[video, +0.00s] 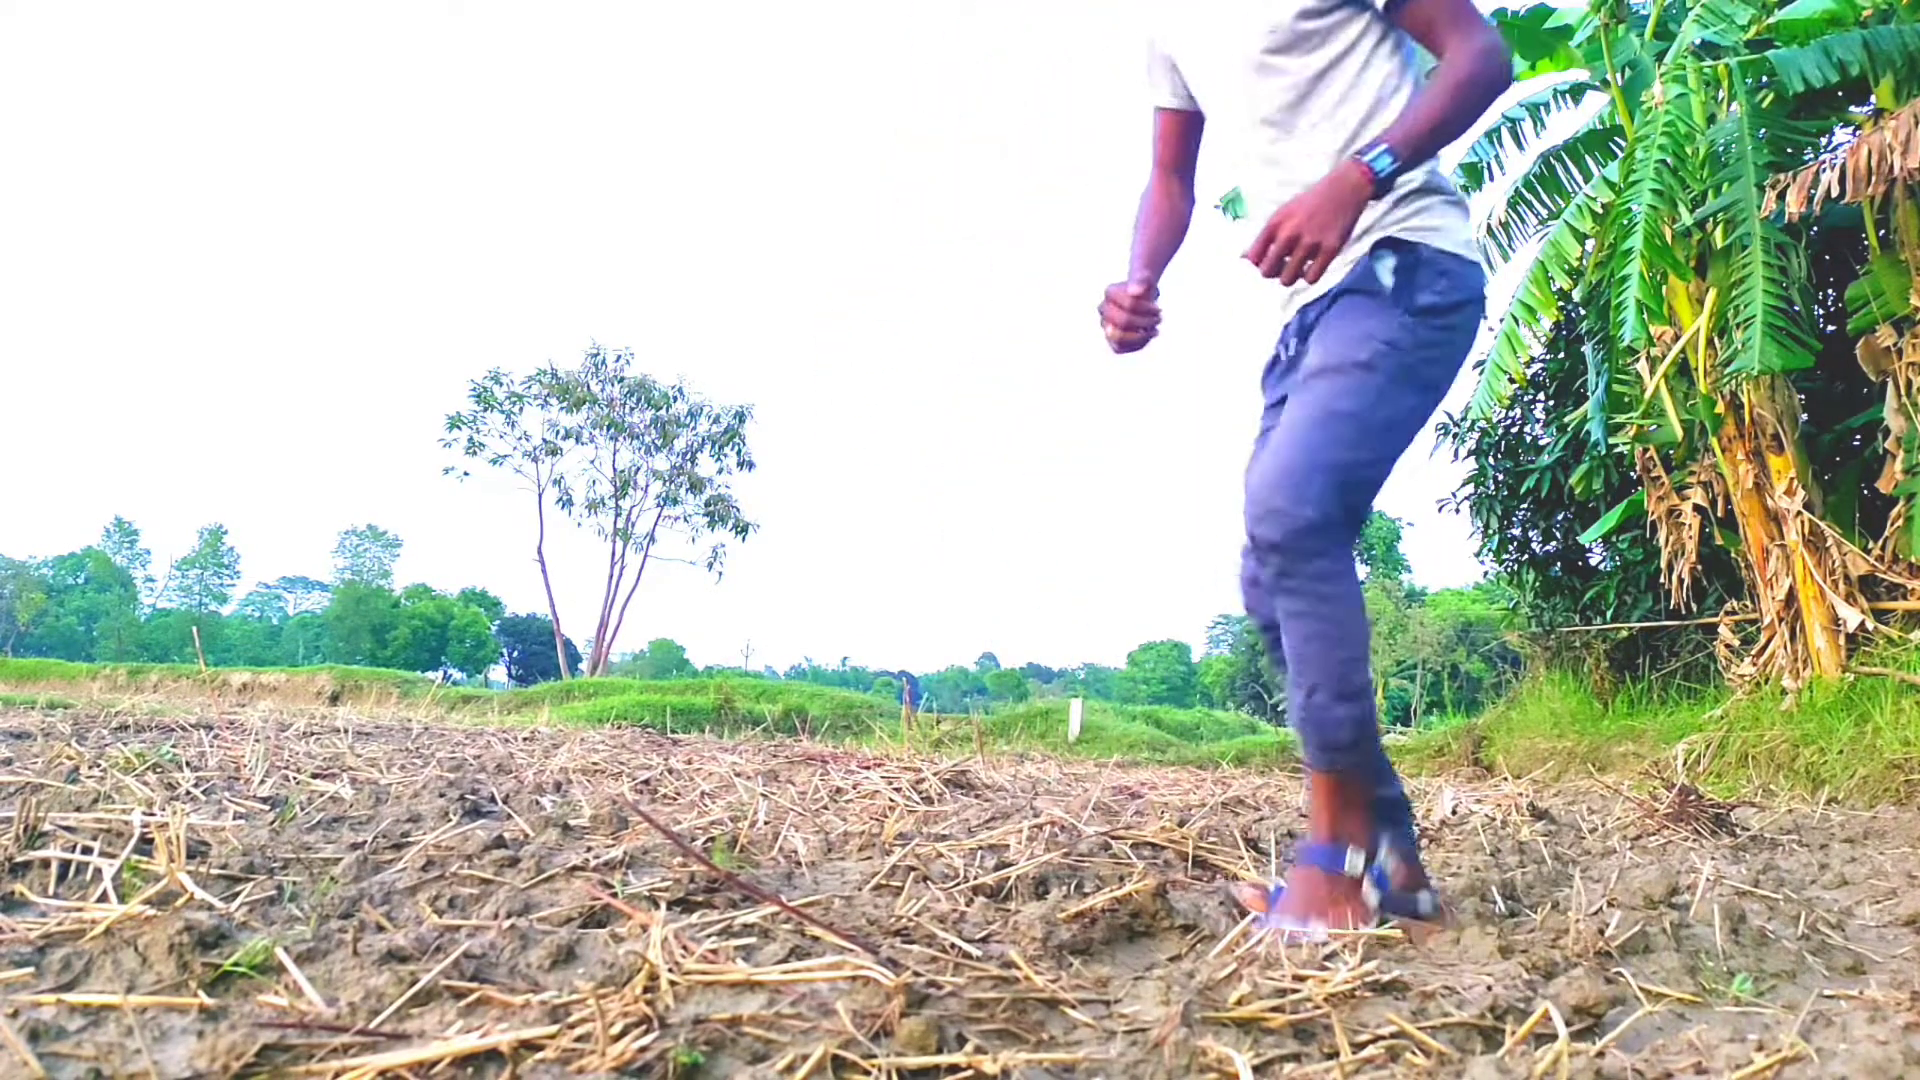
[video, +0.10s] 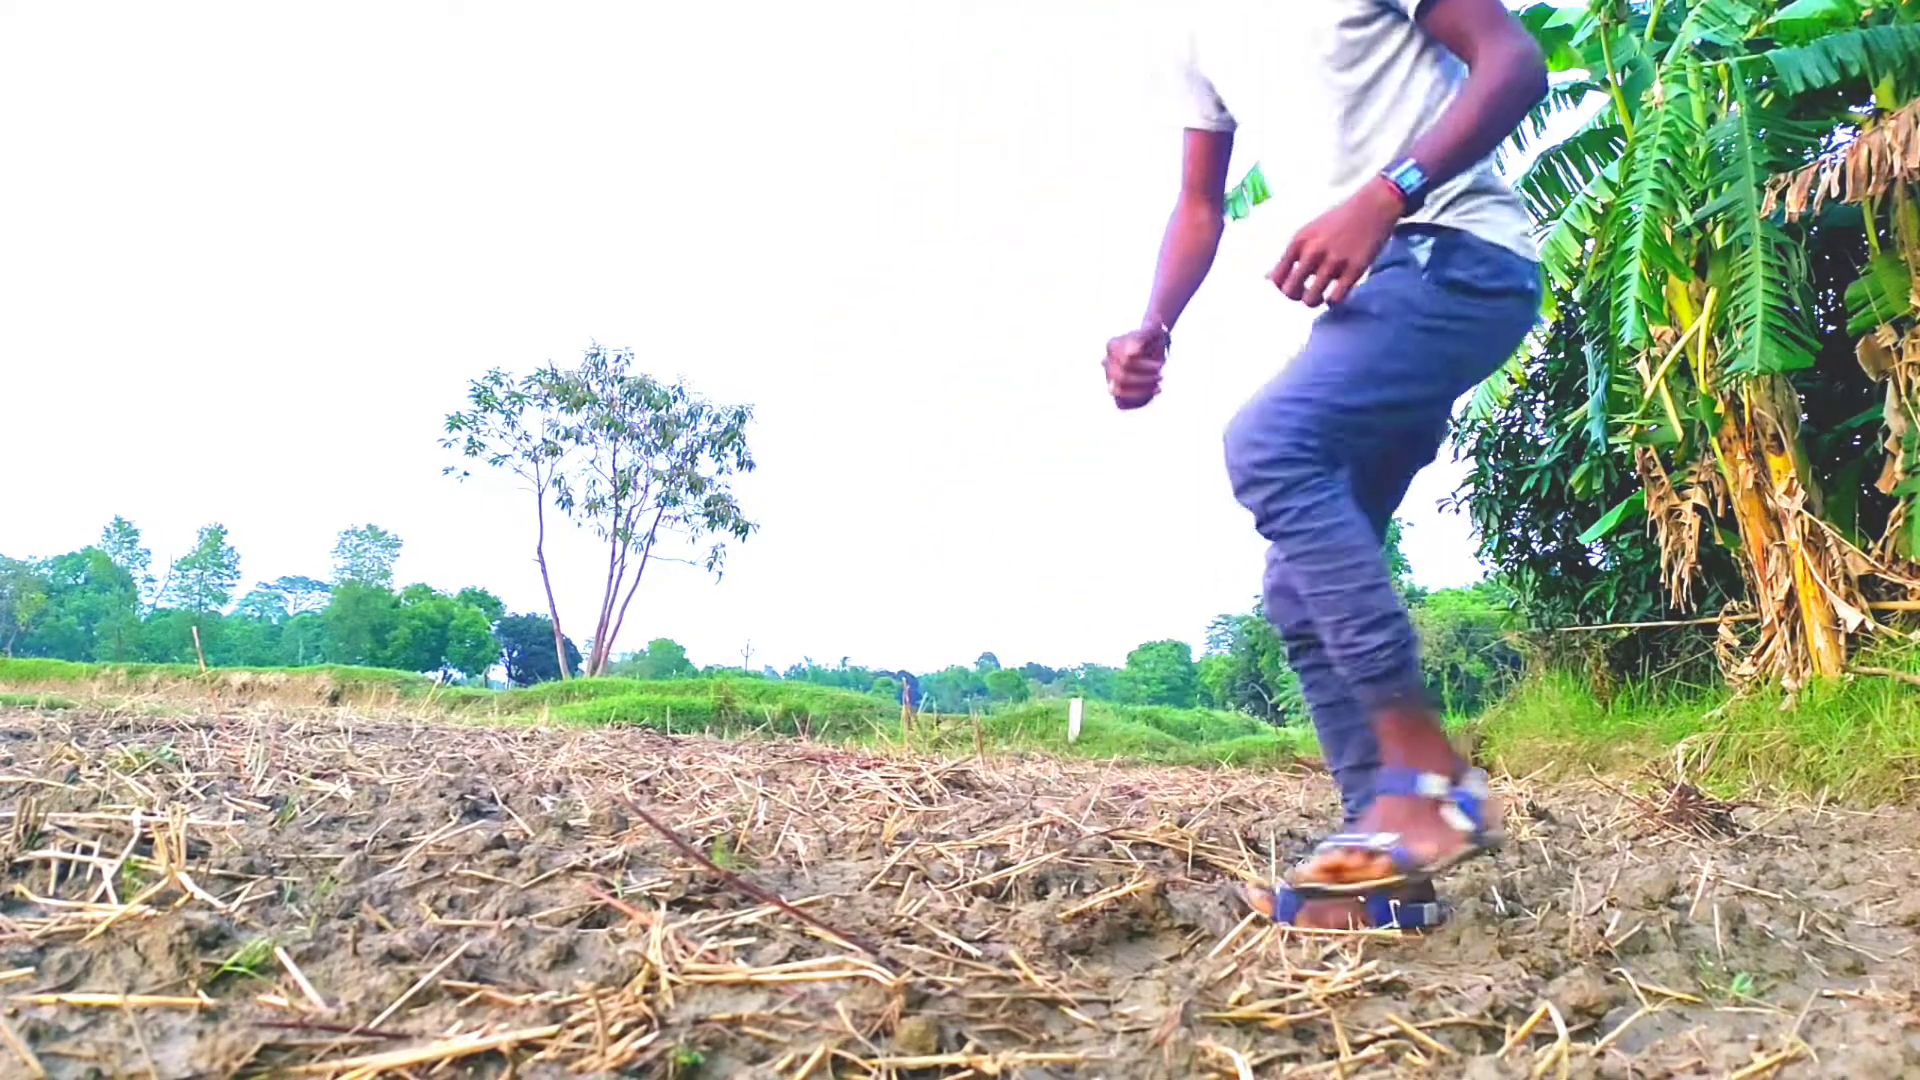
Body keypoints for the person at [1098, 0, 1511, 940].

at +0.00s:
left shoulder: (1358, 4)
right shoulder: (1172, 26)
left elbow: (1482, 55)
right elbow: (1170, 171)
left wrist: (1356, 177)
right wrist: (1140, 276)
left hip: (1408, 263)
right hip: (1317, 300)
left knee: (1293, 512)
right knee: (1273, 574)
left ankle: (1338, 857)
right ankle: (1395, 865)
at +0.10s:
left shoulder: (1389, 5)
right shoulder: (1199, 32)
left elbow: (1515, 62)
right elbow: (1198, 203)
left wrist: (1386, 194)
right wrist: (1156, 321)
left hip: (1460, 248)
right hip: (1394, 278)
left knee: (1272, 444)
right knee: (1300, 586)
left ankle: (1426, 778)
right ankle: (1385, 846)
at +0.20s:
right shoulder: (1224, 21)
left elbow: (1533, 44)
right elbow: (1238, 183)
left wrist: (1393, 201)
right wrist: (1184, 326)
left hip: (1479, 241)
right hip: (1399, 277)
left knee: (1338, 485)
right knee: (1323, 581)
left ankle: (1523, 839)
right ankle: (1400, 882)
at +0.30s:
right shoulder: (1266, 19)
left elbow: (1533, 51)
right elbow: (1287, 182)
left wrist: (1394, 255)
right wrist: (1227, 346)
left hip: (1530, 247)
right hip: (1429, 285)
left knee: (1397, 529)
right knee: (1306, 574)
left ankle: (1564, 899)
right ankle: (1397, 884)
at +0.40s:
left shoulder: (1450, 6)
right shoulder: (1289, 25)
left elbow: (1492, 127)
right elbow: (1311, 216)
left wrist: (1387, 361)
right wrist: (1252, 407)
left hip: (1587, 247)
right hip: (1468, 280)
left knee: (1408, 535)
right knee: (1277, 521)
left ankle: (1579, 910)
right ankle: (1431, 826)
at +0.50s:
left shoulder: (1439, 4)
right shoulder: (1289, 37)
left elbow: (1441, 190)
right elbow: (1310, 251)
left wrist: (1357, 427)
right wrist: (1249, 450)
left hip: (1631, 268)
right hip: (1506, 303)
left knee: (1426, 541)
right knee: (1310, 531)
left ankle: (1599, 921)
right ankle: (1477, 825)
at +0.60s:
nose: (1179, 55)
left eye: (1180, 18)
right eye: (1157, 39)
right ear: (1162, 42)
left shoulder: (1418, 24)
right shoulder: (1276, 129)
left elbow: (1364, 300)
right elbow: (1275, 344)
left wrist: (1272, 538)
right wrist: (1208, 549)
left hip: (1693, 299)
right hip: (1564, 326)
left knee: (1442, 543)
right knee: (1332, 530)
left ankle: (1607, 926)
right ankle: (1472, 861)